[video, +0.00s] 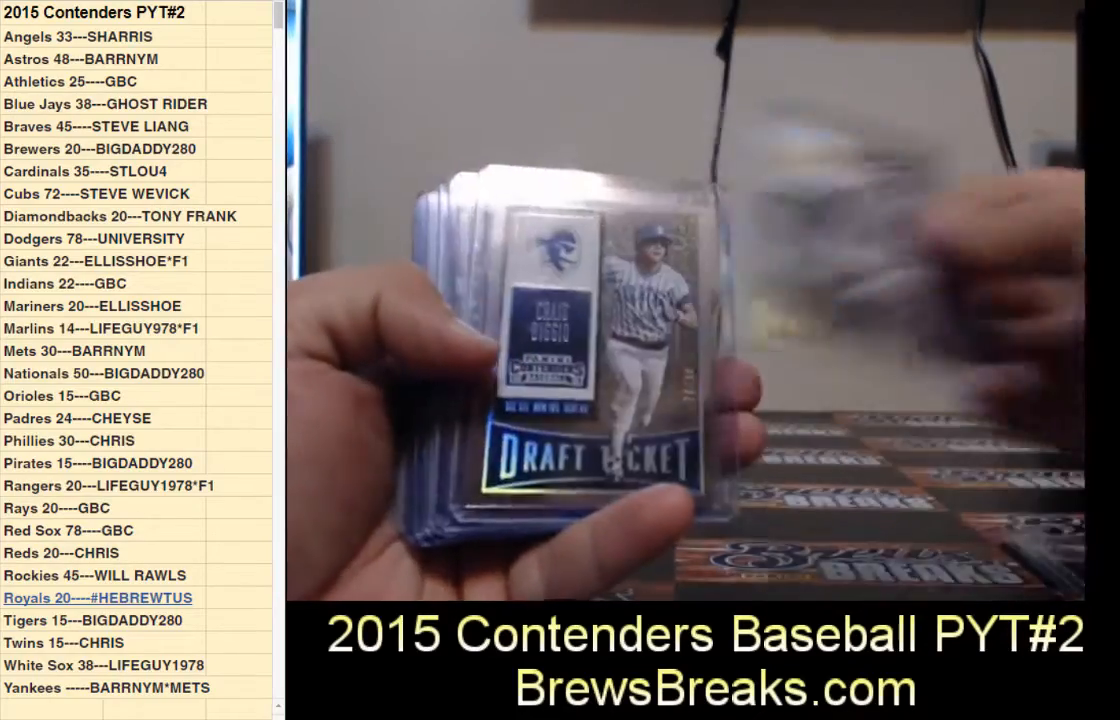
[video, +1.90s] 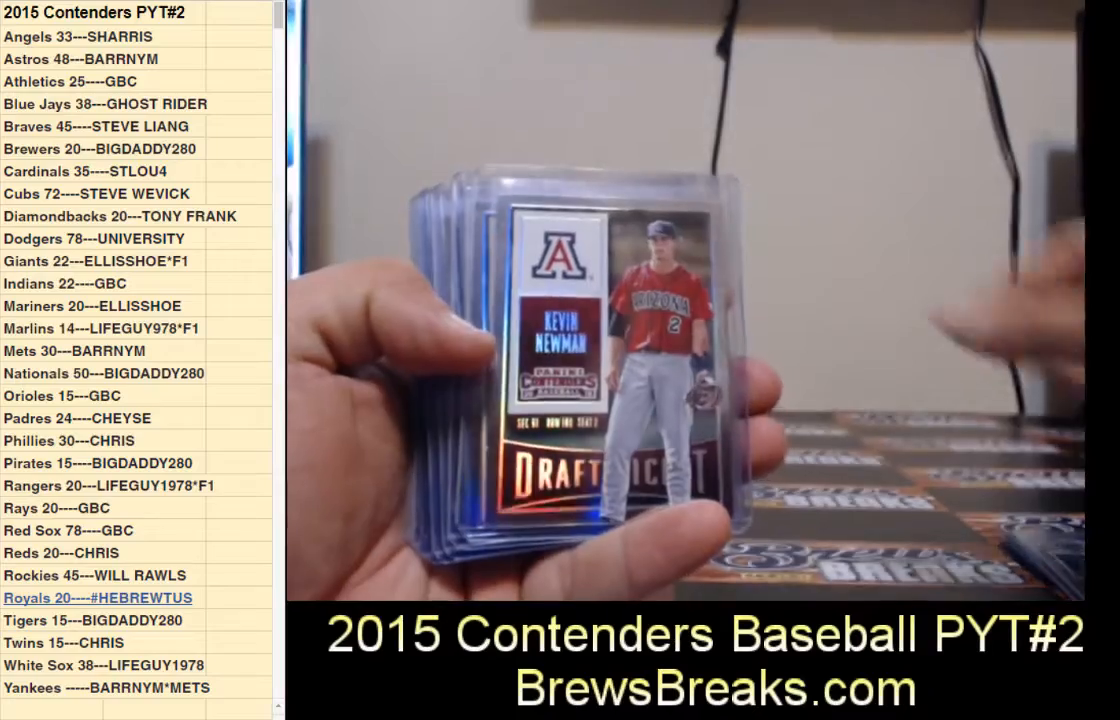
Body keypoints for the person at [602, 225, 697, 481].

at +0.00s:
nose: (657, 249)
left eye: (662, 245)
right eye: (652, 244)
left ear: (667, 249)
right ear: (640, 247)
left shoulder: (674, 279)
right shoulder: (618, 269)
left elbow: (693, 319)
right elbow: (584, 264)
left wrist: (681, 316)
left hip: (657, 351)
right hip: (622, 346)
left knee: (647, 410)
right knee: (630, 389)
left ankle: (630, 440)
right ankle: (616, 456)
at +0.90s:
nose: (686, 247)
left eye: (690, 242)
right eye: (680, 242)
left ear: (695, 247)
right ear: (667, 245)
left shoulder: (700, 279)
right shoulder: (645, 270)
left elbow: (719, 318)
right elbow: (606, 267)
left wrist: (715, 321)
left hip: (683, 360)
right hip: (648, 354)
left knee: (674, 420)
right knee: (652, 405)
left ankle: (659, 469)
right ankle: (640, 473)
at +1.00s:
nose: (700, 249)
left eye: (704, 243)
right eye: (693, 243)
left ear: (709, 249)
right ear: (679, 245)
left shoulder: (715, 281)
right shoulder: (655, 269)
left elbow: (729, 320)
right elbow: (614, 267)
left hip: (693, 363)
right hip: (657, 355)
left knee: (681, 425)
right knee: (663, 400)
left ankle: (662, 470)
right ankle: (647, 474)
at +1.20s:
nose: (658, 244)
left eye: (664, 238)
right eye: (653, 238)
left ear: (674, 242)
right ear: (647, 242)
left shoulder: (689, 281)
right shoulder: (630, 276)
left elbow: (696, 327)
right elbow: (615, 327)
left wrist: (696, 367)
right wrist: (611, 366)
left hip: (672, 363)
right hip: (632, 363)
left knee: (671, 444)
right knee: (612, 441)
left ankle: (673, 516)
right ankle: (605, 516)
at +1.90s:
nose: (659, 245)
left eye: (664, 240)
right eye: (654, 240)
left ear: (675, 244)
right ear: (648, 244)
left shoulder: (691, 283)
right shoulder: (634, 277)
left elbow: (700, 330)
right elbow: (617, 325)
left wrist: (702, 370)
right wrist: (613, 366)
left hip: (675, 364)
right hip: (636, 363)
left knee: (676, 446)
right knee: (618, 443)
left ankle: (680, 517)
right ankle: (612, 518)